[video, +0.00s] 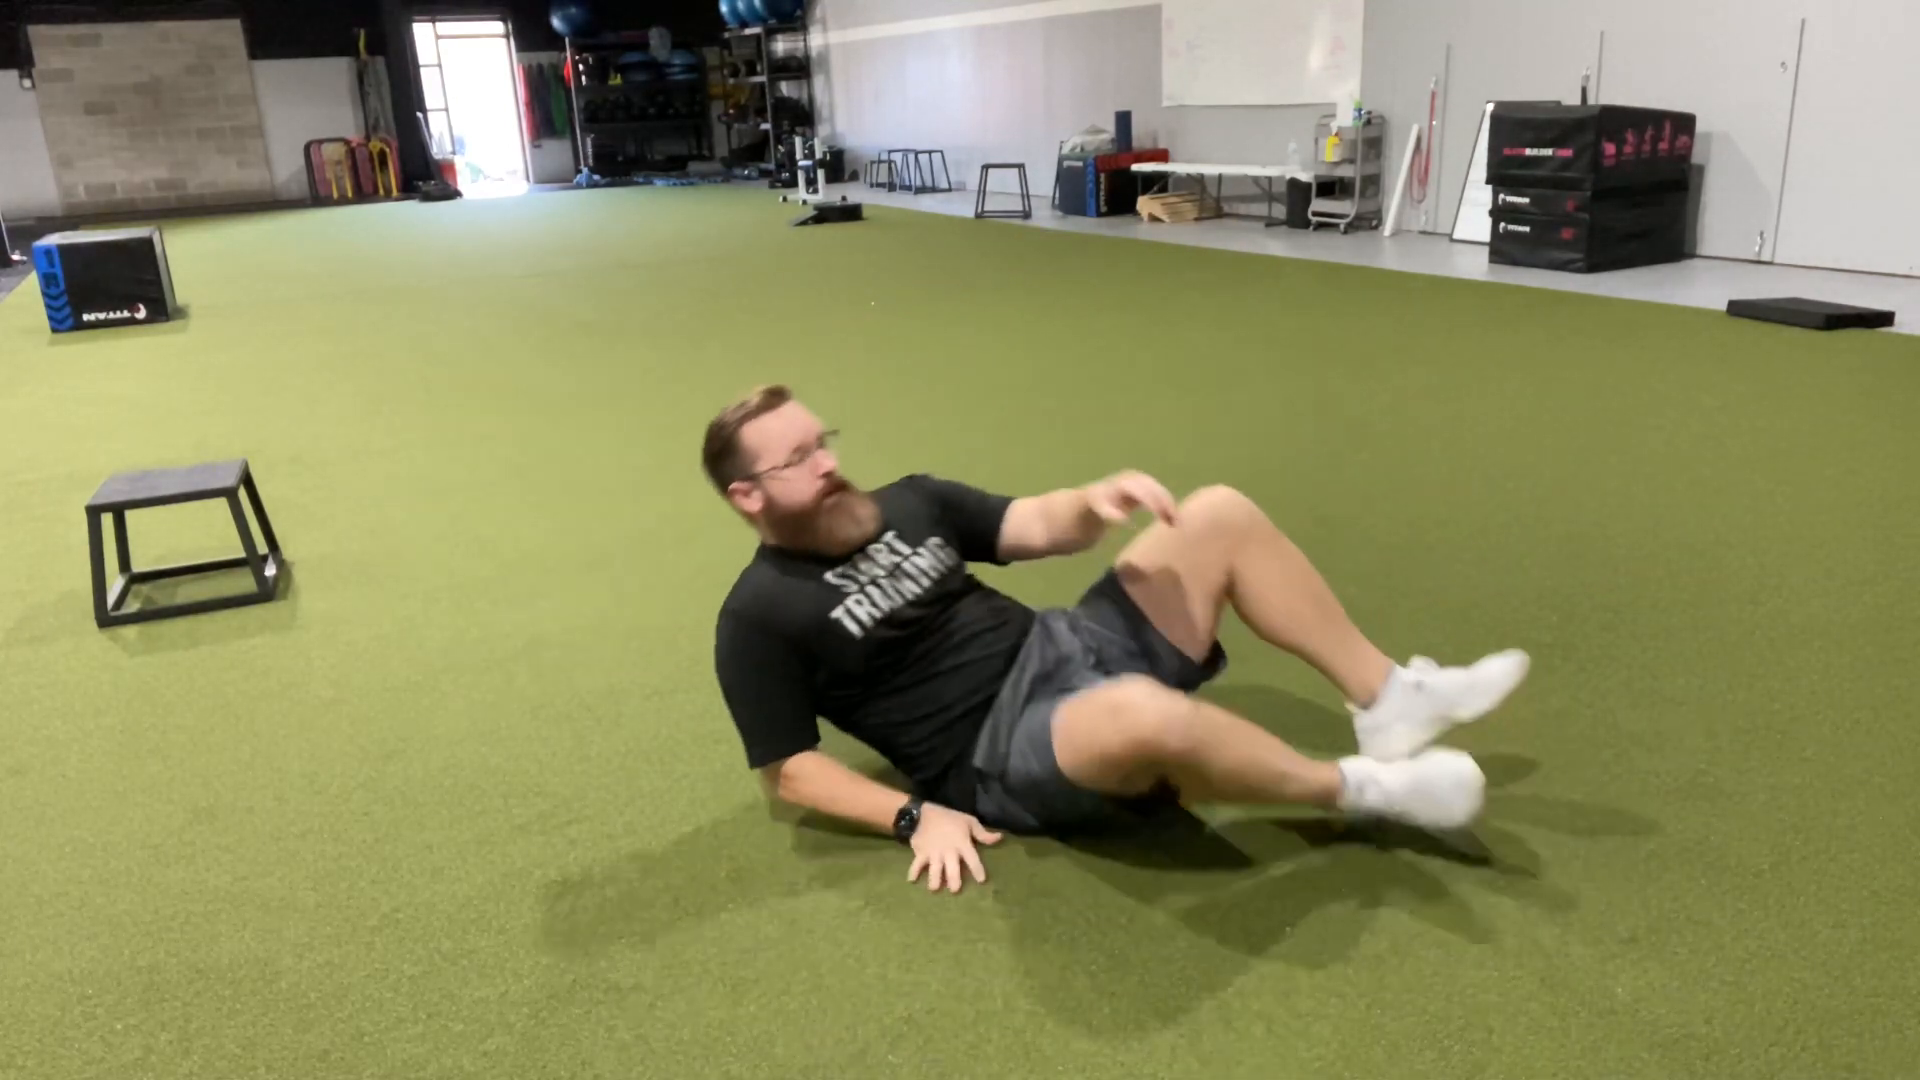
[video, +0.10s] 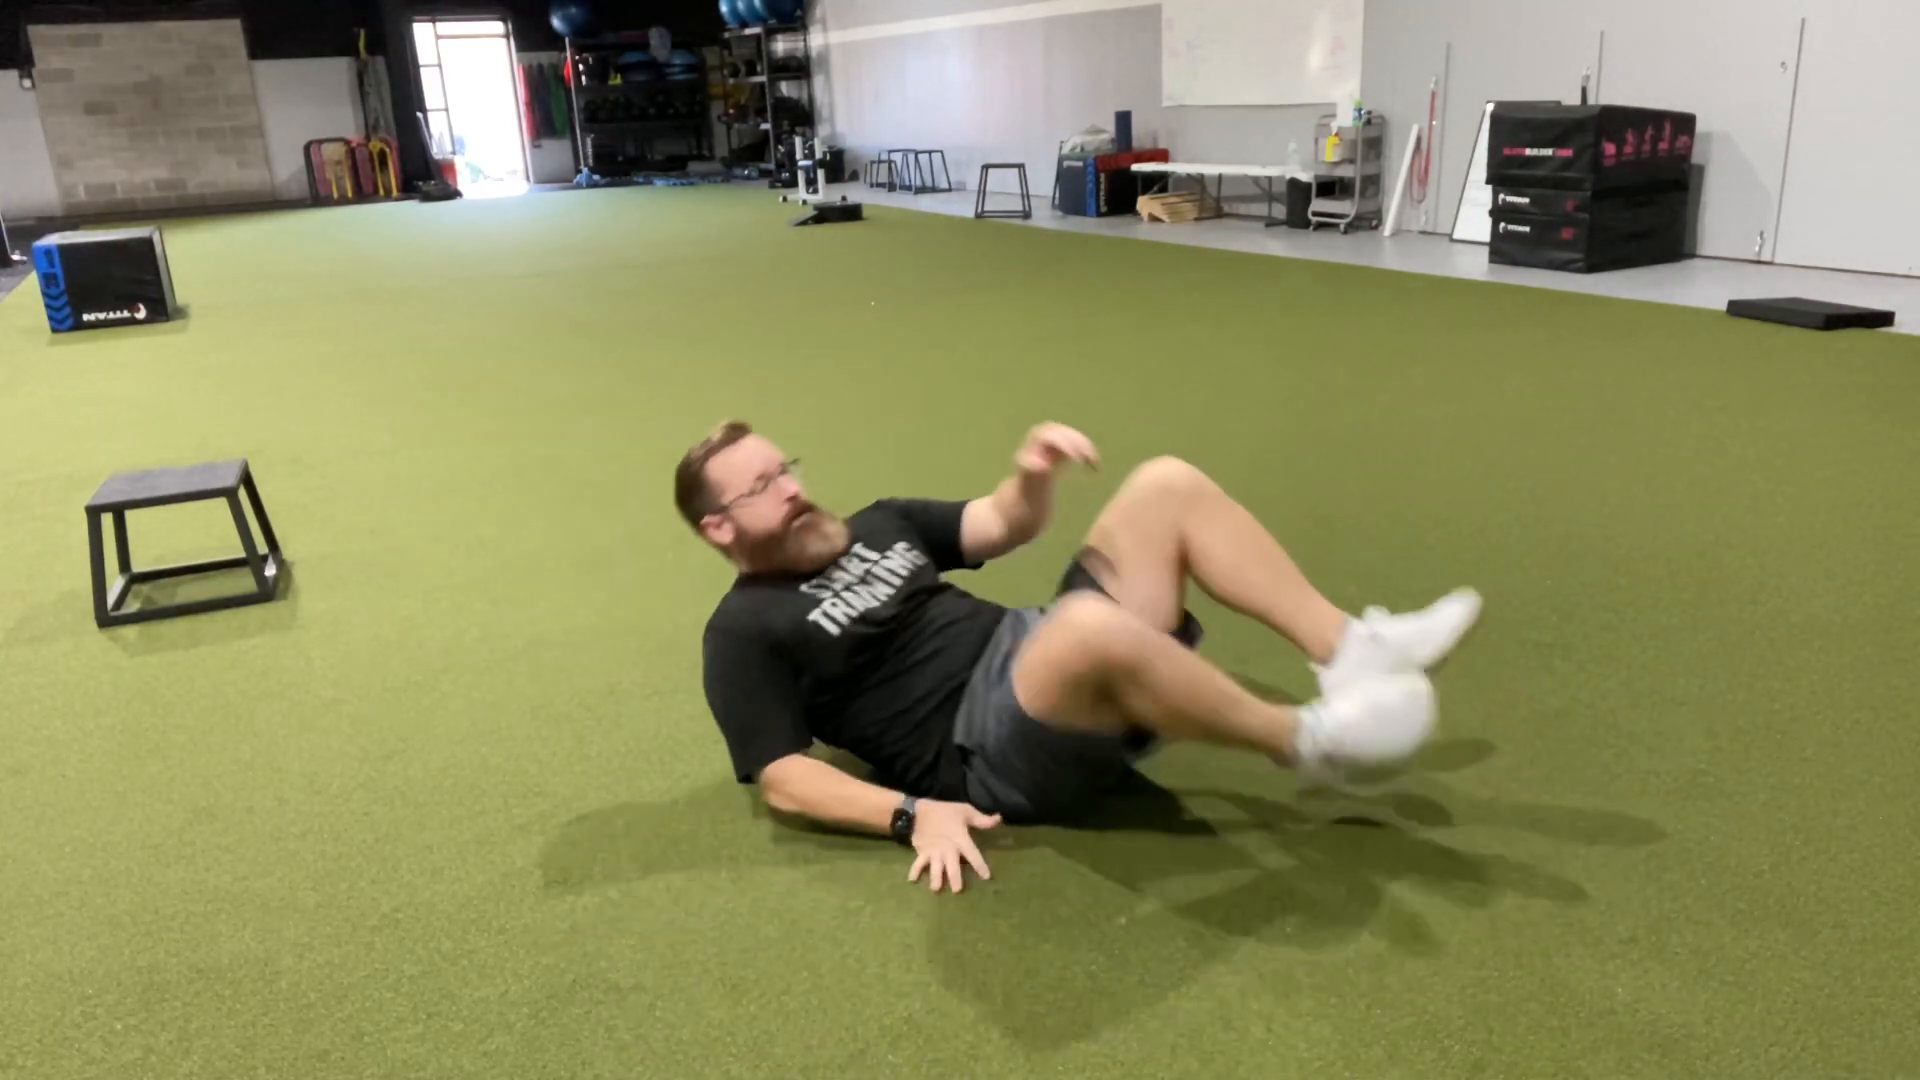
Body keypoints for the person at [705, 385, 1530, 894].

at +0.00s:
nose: (830, 463)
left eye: (824, 443)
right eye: (802, 458)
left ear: (833, 440)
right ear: (748, 499)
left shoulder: (910, 503)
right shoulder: (758, 620)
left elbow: (1032, 526)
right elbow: (788, 771)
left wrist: (1096, 501)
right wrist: (913, 812)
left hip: (1071, 643)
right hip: (1005, 742)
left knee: (1218, 514)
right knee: (1149, 717)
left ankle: (1388, 697)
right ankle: (1352, 791)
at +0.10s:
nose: (797, 489)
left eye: (789, 471)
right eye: (769, 486)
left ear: (799, 473)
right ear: (721, 530)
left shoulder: (879, 525)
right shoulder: (743, 636)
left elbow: (1002, 526)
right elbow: (783, 778)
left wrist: (1029, 479)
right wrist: (915, 812)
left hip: (1053, 650)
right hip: (988, 749)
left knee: (1167, 490)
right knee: (1094, 636)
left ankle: (1350, 648)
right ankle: (1305, 739)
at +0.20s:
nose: (765, 518)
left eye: (756, 502)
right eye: (735, 520)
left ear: (773, 505)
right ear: (700, 568)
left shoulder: (861, 554)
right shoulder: (731, 652)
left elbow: (976, 534)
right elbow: (778, 776)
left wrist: (971, 458)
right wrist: (910, 791)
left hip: (1061, 693)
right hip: (982, 760)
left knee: (1105, 456)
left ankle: (1295, 589)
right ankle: (1248, 665)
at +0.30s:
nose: (733, 540)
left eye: (725, 527)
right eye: (703, 550)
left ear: (752, 532)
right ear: (684, 602)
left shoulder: (854, 562)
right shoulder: (720, 667)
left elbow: (971, 565)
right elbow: (768, 769)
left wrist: (911, 457)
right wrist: (880, 729)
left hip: (1051, 672)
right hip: (978, 738)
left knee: (1045, 434)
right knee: (935, 488)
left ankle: (1225, 521)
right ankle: (1188, 576)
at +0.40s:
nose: (714, 564)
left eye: (710, 554)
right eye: (688, 577)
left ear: (736, 561)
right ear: (679, 631)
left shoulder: (828, 586)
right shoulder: (709, 684)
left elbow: (954, 542)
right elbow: (758, 761)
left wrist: (858, 447)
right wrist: (832, 663)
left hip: (1040, 645)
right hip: (967, 711)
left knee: (1001, 417)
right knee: (866, 457)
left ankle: (1165, 467)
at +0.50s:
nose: (709, 576)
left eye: (704, 571)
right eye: (684, 591)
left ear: (729, 581)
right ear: (674, 645)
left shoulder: (811, 614)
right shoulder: (701, 687)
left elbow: (917, 536)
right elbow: (742, 744)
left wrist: (823, 476)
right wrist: (787, 608)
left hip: (1030, 633)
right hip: (943, 679)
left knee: (977, 405)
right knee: (824, 437)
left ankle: (1119, 435)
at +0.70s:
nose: (677, 593)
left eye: (674, 591)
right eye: (660, 607)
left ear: (719, 593)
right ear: (660, 657)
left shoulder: (796, 620)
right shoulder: (686, 697)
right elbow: (708, 685)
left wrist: (795, 479)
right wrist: (705, 549)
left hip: (1005, 629)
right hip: (898, 658)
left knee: (934, 423)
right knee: (761, 426)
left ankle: (1029, 392)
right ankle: (965, 393)